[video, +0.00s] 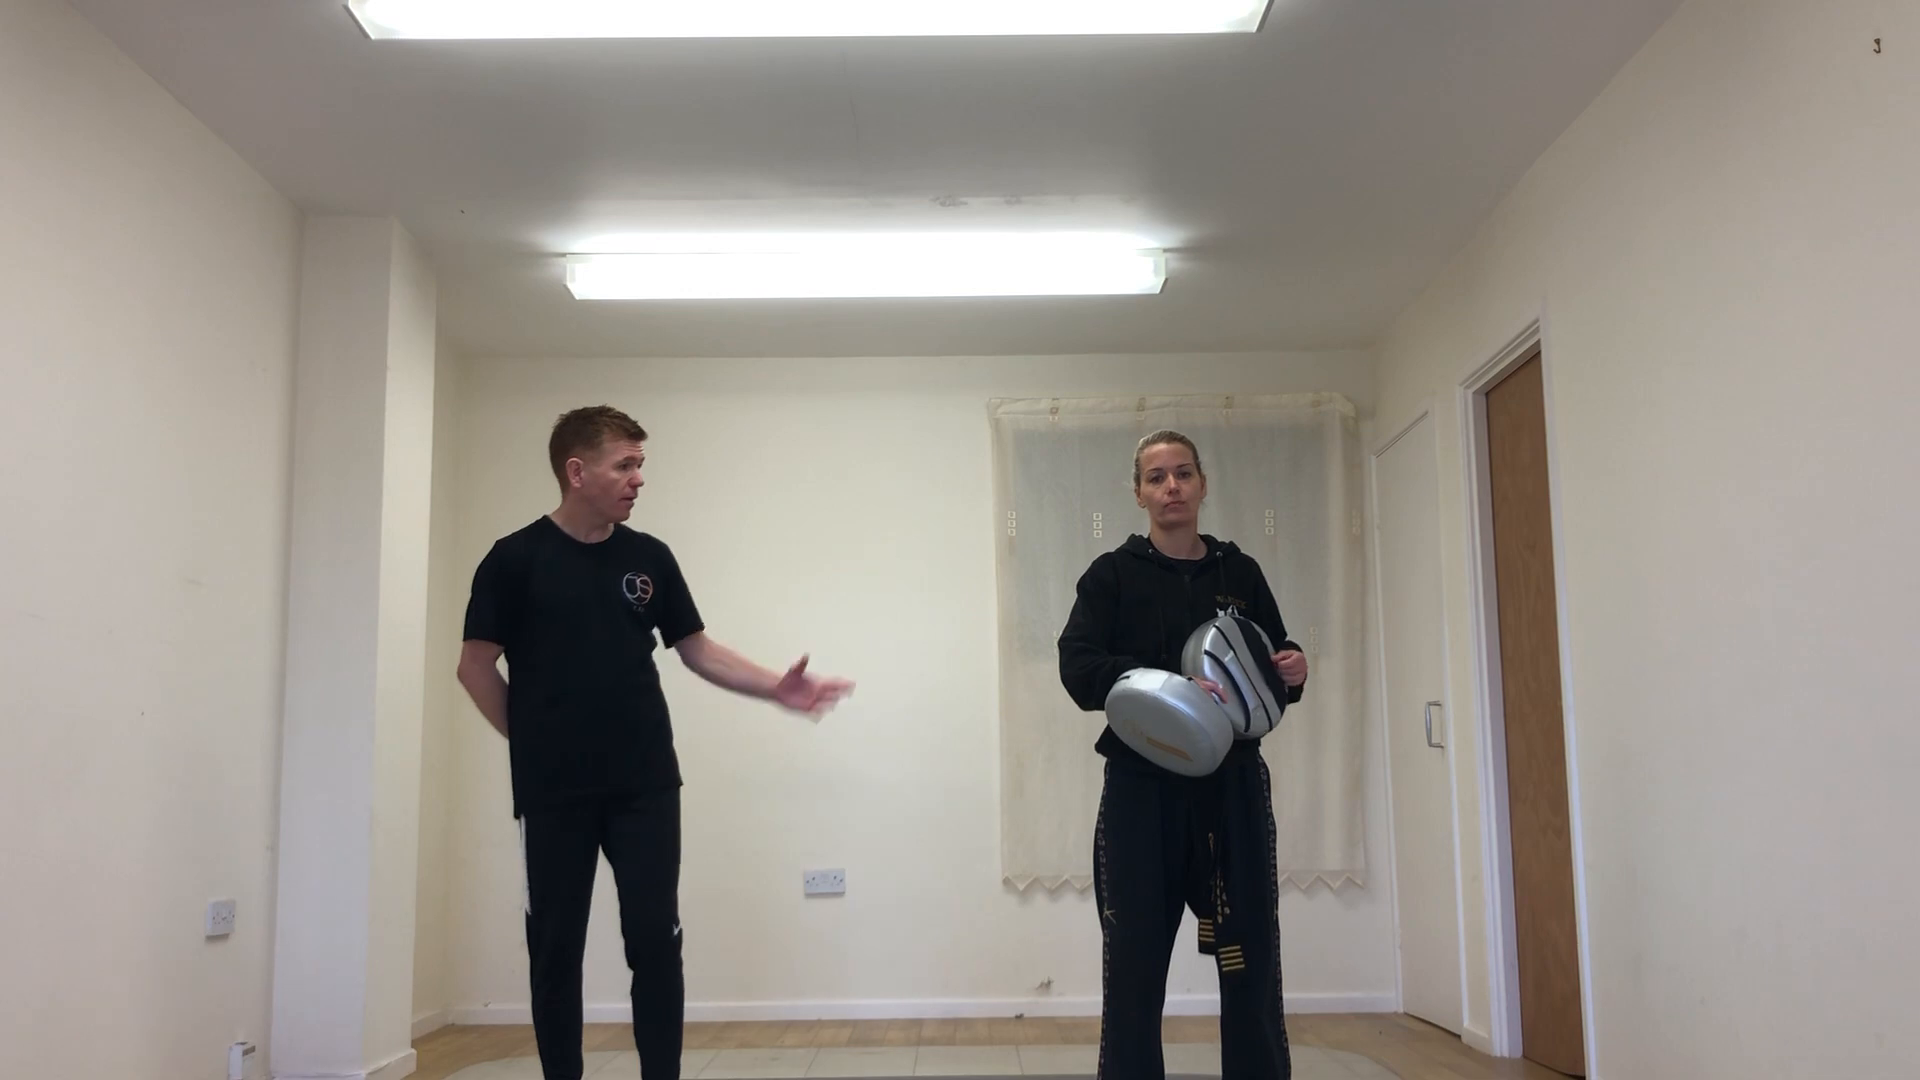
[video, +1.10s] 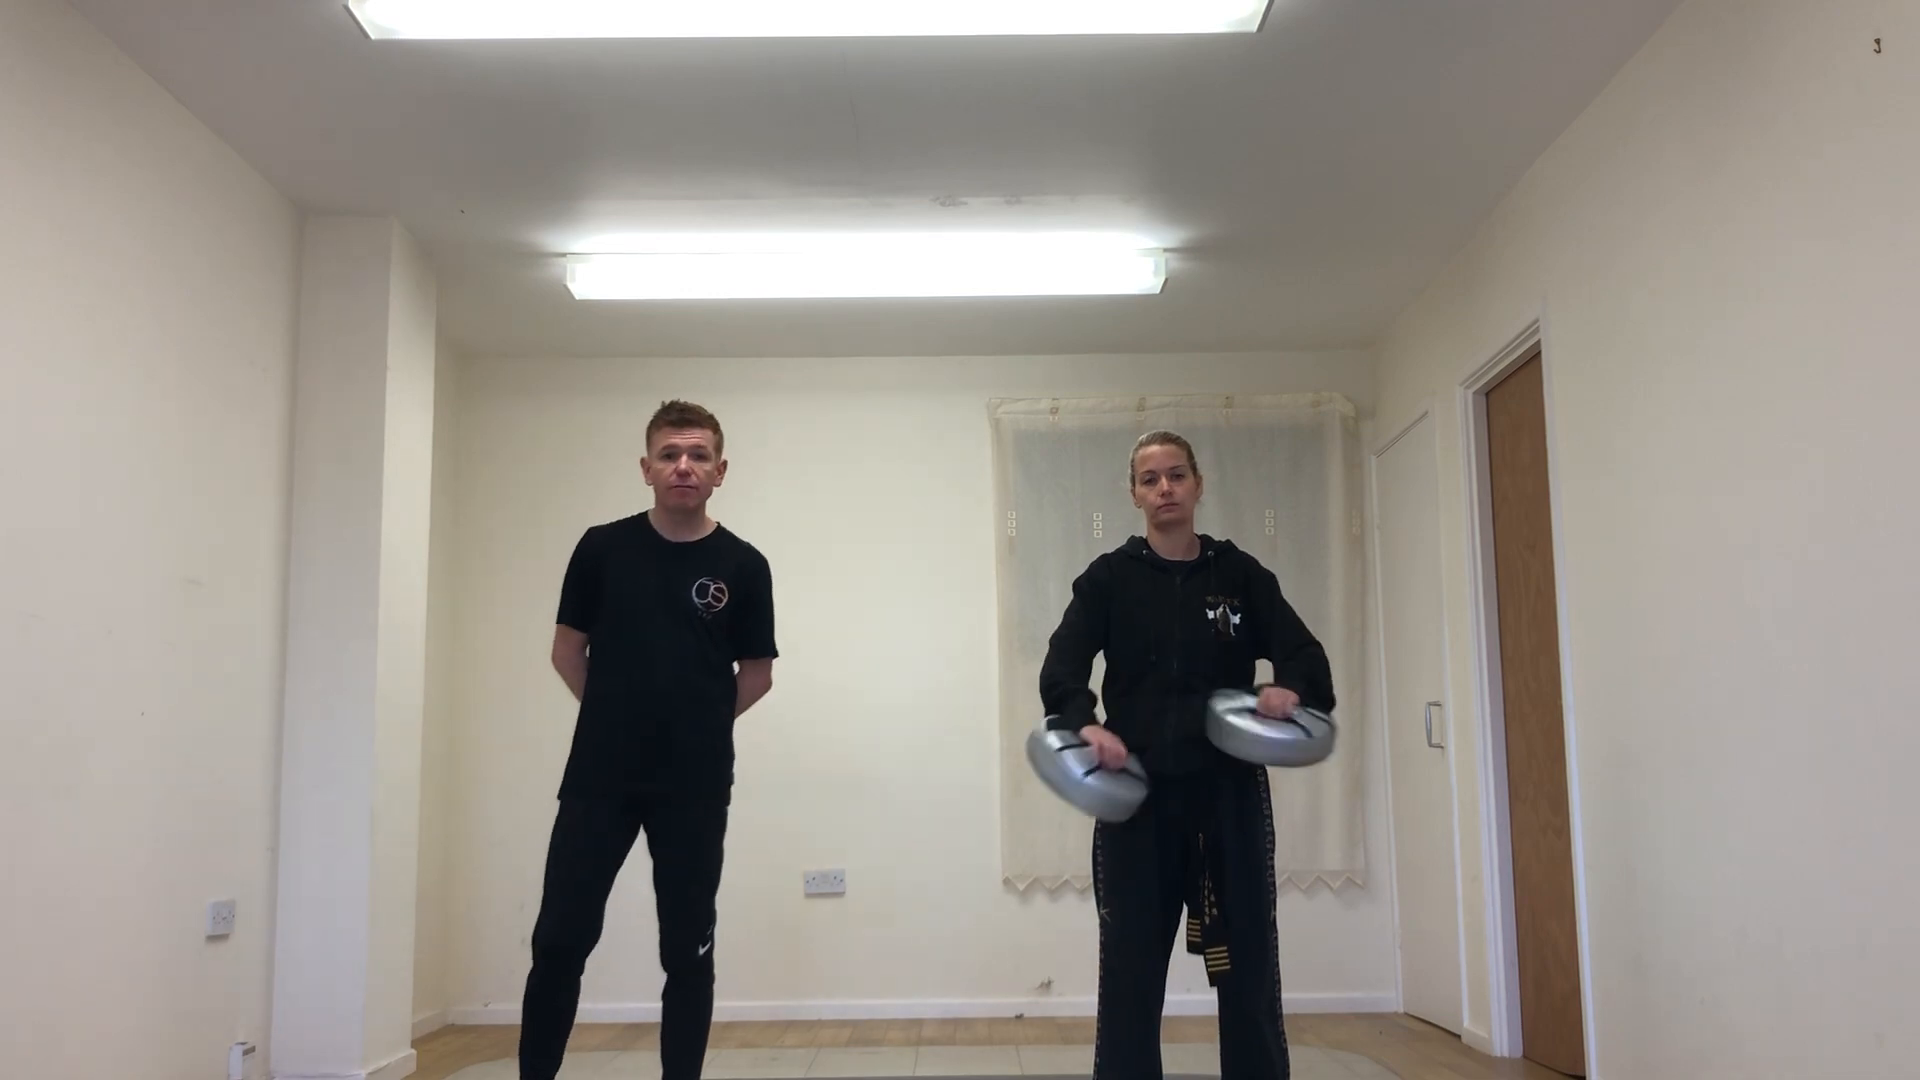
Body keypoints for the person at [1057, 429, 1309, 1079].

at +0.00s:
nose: (1171, 485)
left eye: (1182, 473)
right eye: (1156, 476)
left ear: (1202, 485)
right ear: (1139, 493)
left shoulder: (1239, 570)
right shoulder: (1110, 575)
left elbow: (1274, 672)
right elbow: (1077, 668)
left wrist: (1291, 670)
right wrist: (1164, 689)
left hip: (1234, 781)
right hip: (1141, 782)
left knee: (1250, 958)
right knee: (1134, 964)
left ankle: (1259, 1076)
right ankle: (1128, 1078)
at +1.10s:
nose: (1164, 487)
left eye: (1176, 475)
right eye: (1150, 479)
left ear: (1198, 485)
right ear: (1134, 495)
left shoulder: (1241, 574)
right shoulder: (1108, 578)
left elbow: (1305, 658)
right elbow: (1062, 669)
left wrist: (1288, 690)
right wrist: (1082, 723)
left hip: (1232, 794)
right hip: (1137, 798)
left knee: (1249, 973)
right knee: (1130, 977)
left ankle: (1258, 1077)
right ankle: (1125, 1078)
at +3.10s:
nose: (1174, 487)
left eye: (1187, 475)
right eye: (1160, 476)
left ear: (1206, 487)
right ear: (1142, 488)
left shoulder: (1239, 570)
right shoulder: (1110, 575)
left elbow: (1255, 668)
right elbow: (1094, 682)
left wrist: (1217, 730)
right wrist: (1137, 740)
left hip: (1229, 780)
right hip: (1138, 782)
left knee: (1249, 961)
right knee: (1130, 965)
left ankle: (1261, 1077)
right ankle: (1124, 1079)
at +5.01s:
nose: (1171, 484)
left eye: (1183, 473)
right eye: (1157, 475)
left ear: (1204, 485)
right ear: (1139, 489)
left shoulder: (1240, 569)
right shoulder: (1110, 574)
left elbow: (1256, 669)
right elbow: (1095, 683)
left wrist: (1217, 729)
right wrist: (1141, 737)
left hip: (1230, 780)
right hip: (1139, 781)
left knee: (1249, 961)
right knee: (1130, 964)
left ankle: (1261, 1077)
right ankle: (1124, 1078)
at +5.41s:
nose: (1173, 484)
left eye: (1185, 472)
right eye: (1159, 475)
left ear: (1206, 486)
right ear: (1142, 490)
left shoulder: (1242, 570)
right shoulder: (1112, 574)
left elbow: (1256, 669)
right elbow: (1096, 681)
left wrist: (1217, 729)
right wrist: (1140, 738)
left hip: (1231, 778)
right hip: (1139, 780)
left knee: (1249, 957)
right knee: (1131, 961)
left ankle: (1262, 1076)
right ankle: (1125, 1076)